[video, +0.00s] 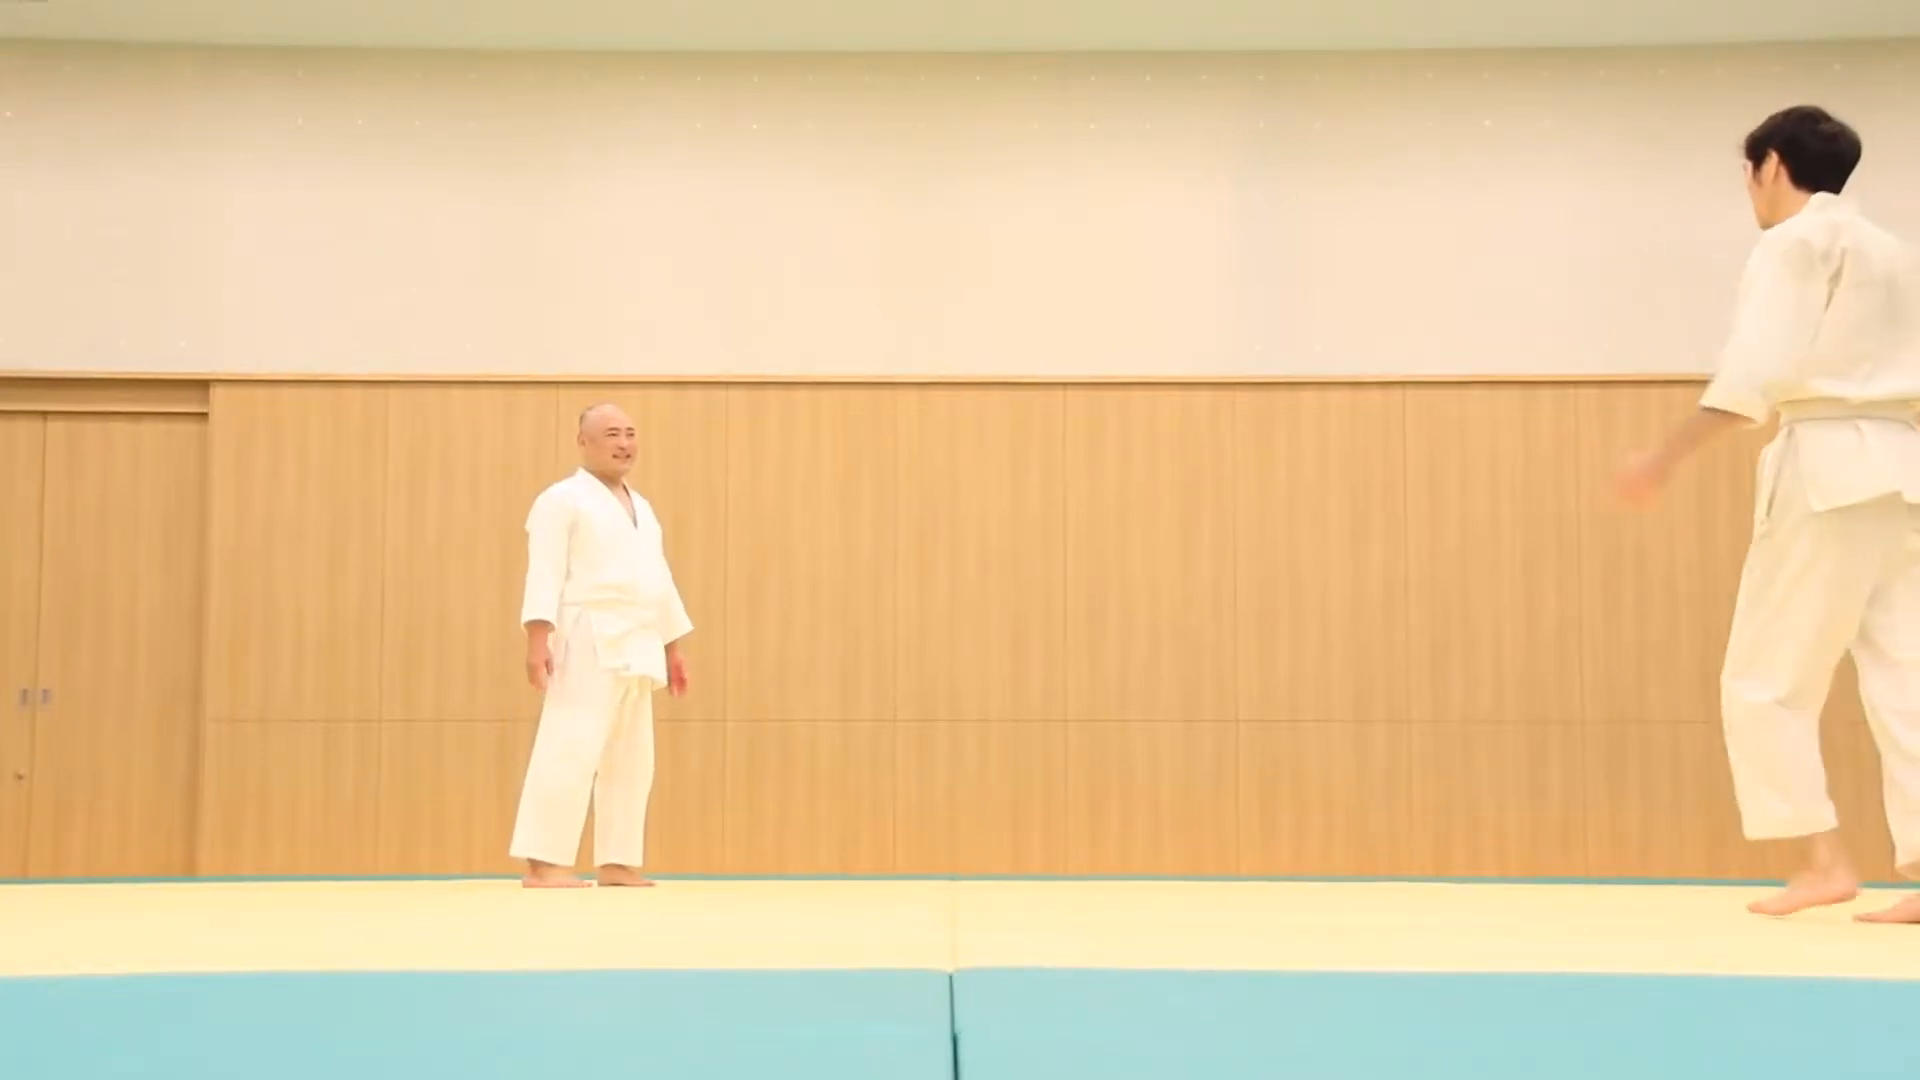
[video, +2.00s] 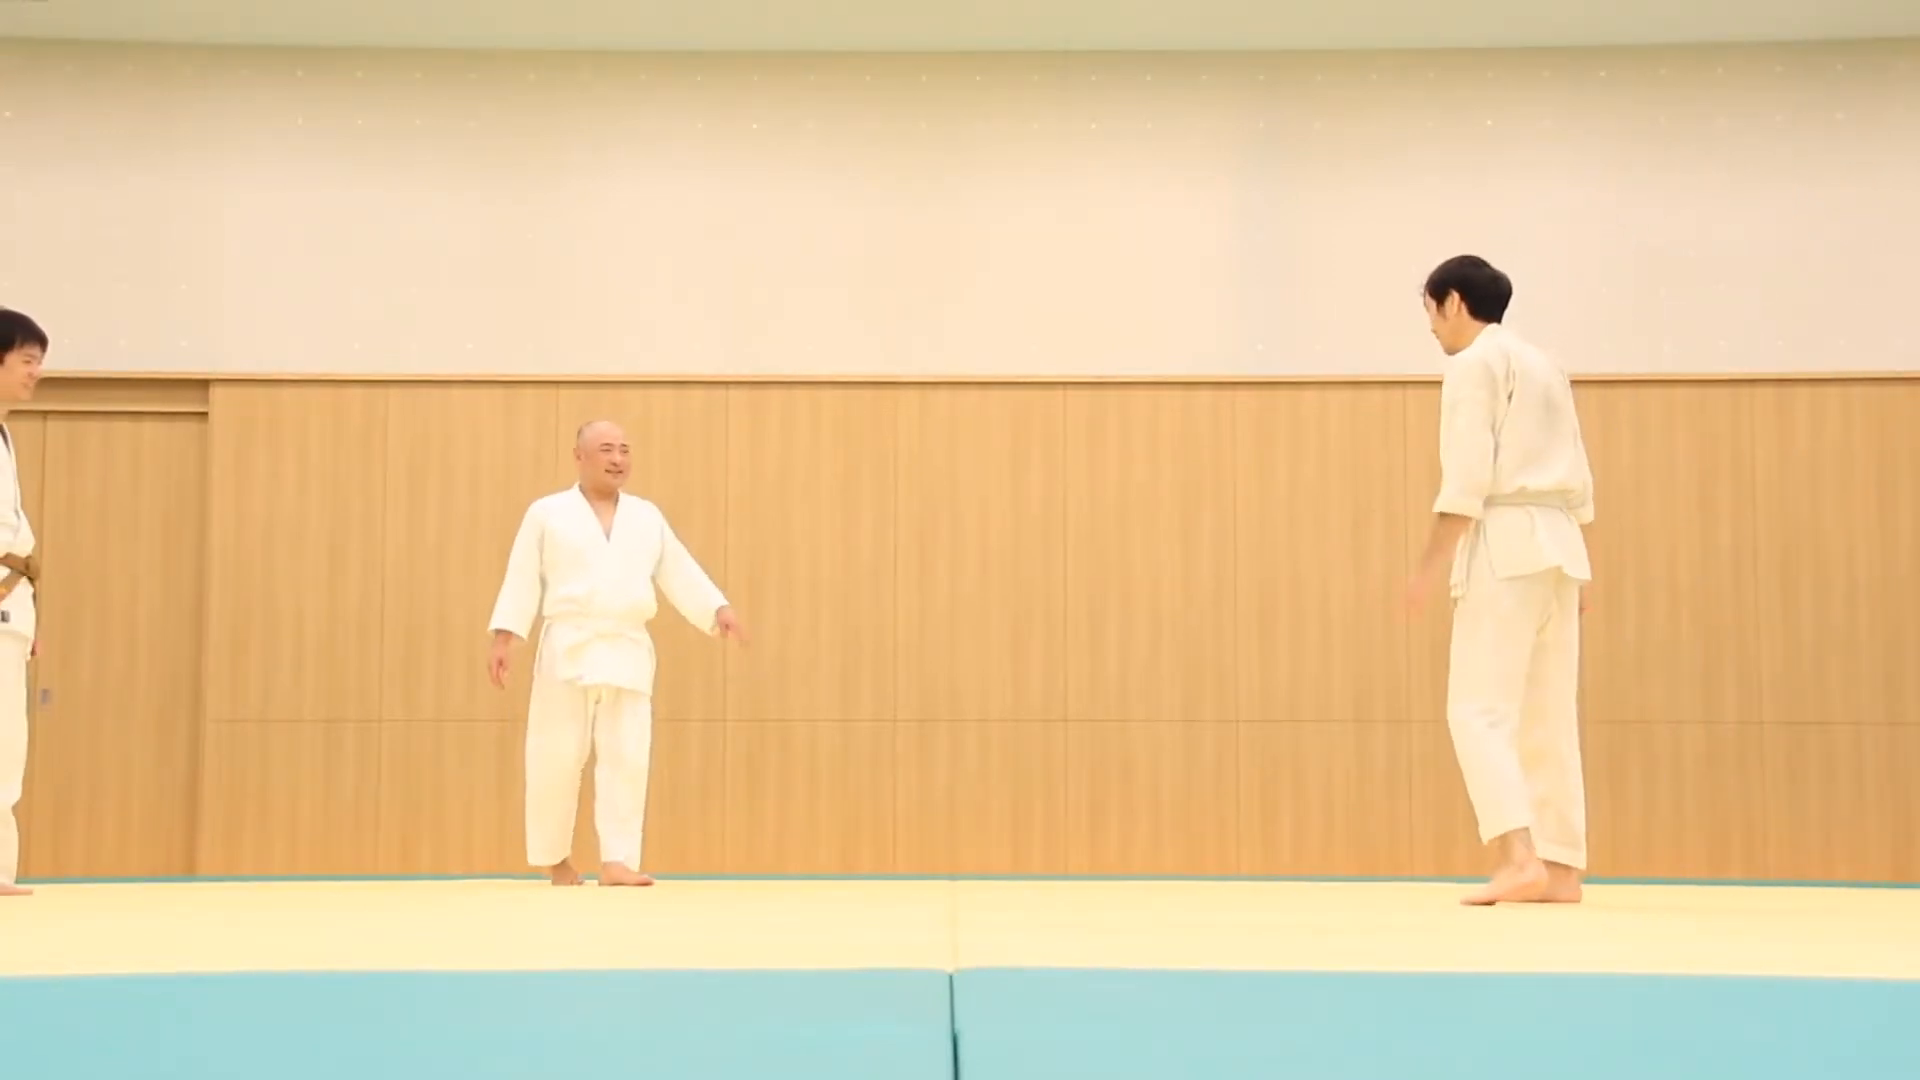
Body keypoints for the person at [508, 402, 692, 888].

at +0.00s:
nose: (624, 442)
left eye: (630, 434)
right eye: (611, 434)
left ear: (638, 443)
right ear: (583, 444)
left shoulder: (640, 506)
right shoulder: (561, 500)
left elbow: (658, 580)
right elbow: (543, 572)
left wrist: (671, 645)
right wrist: (538, 637)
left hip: (638, 648)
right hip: (584, 644)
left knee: (630, 756)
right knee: (568, 751)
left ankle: (617, 863)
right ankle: (543, 864)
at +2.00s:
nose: (618, 458)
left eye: (624, 450)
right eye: (606, 449)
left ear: (631, 459)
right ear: (580, 458)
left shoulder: (646, 517)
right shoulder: (547, 513)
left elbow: (679, 570)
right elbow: (522, 577)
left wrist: (717, 608)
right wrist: (504, 637)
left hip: (628, 649)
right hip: (565, 648)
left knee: (627, 757)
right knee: (557, 755)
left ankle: (618, 863)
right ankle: (558, 860)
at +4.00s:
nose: (519, 479)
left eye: (528, 470)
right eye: (508, 471)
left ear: (540, 474)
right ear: (491, 476)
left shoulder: (560, 526)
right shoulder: (467, 526)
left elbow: (583, 584)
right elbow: (436, 582)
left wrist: (596, 637)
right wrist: (408, 627)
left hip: (544, 656)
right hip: (485, 656)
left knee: (572, 759)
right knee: (476, 760)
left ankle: (600, 862)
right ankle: (469, 865)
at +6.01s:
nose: (131, 466)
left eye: (143, 457)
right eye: (121, 457)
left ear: (165, 462)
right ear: (112, 463)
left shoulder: (186, 513)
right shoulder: (103, 522)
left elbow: (207, 574)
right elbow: (95, 592)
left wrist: (223, 635)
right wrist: (74, 651)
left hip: (158, 654)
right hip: (111, 655)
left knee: (121, 757)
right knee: (145, 761)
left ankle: (88, 867)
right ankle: (197, 857)